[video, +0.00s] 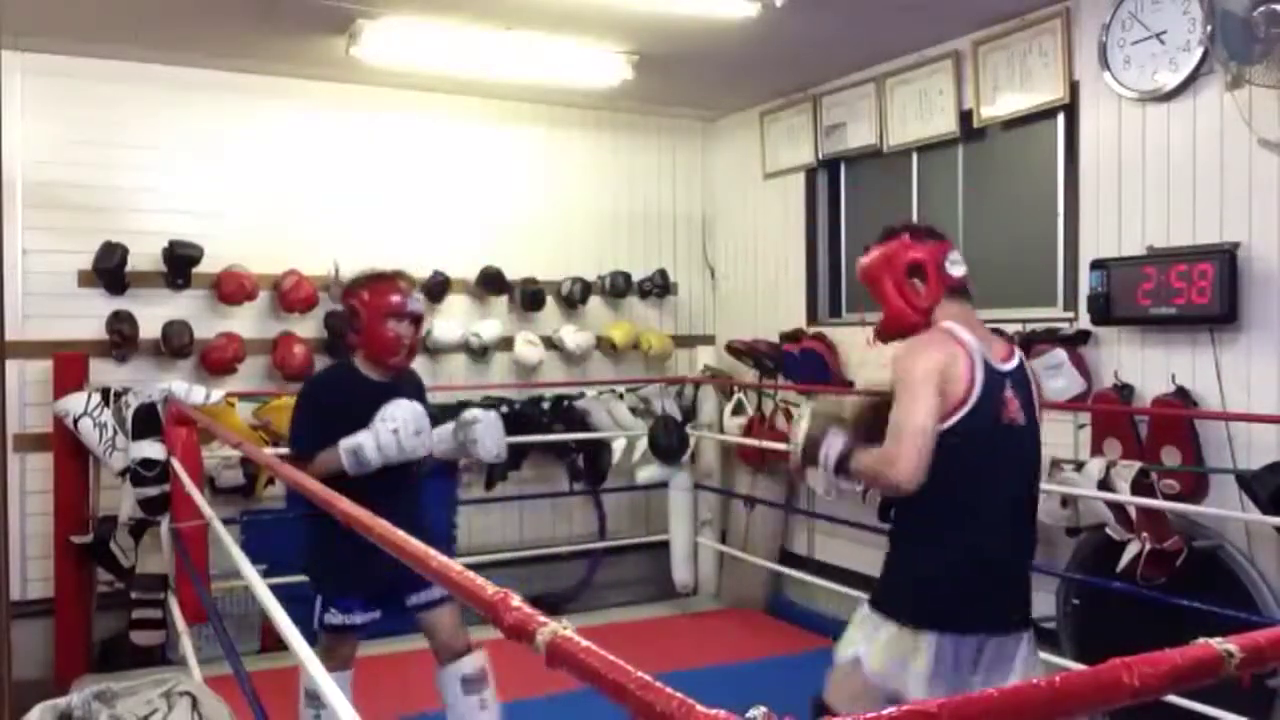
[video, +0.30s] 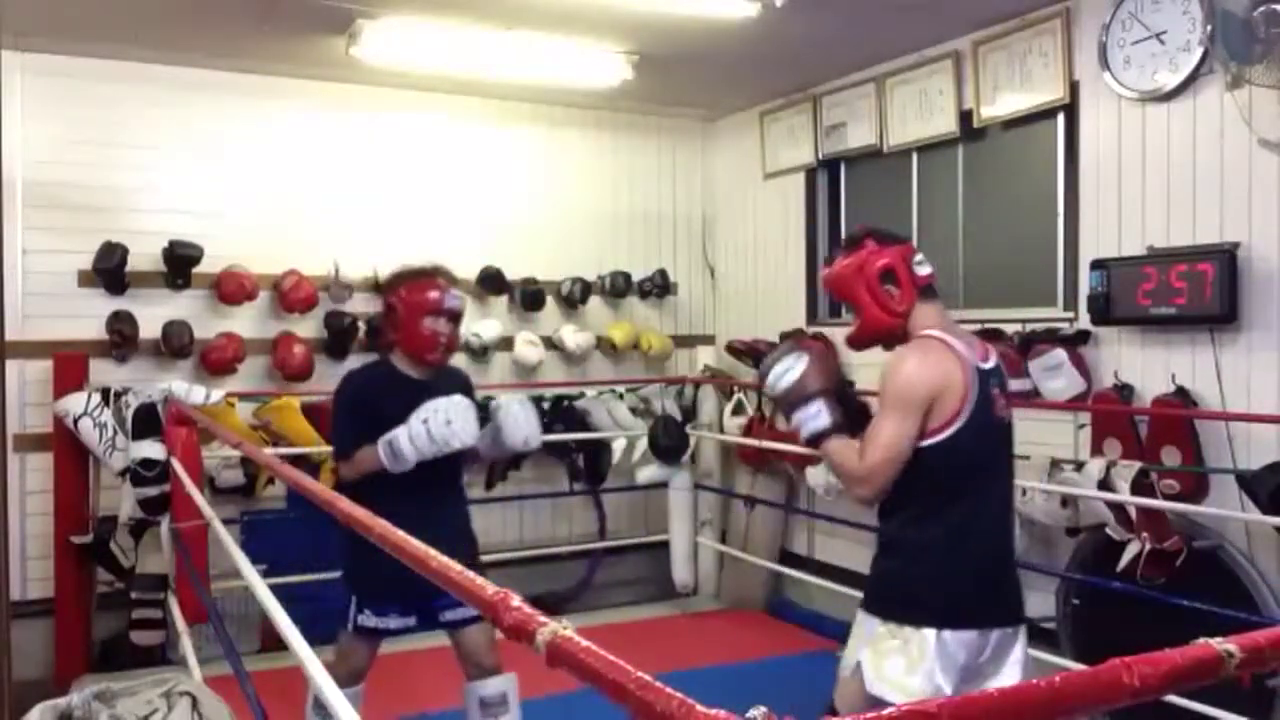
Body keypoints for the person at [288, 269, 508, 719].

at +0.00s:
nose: (406, 332)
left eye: (413, 322)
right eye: (394, 319)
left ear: (421, 326)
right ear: (361, 324)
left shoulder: (409, 383)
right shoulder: (323, 391)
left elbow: (405, 457)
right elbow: (299, 472)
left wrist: (452, 441)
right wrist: (368, 446)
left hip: (411, 543)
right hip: (344, 548)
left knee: (454, 644)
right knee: (336, 656)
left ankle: (473, 713)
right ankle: (321, 715)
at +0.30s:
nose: (444, 330)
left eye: (452, 319)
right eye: (432, 316)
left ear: (460, 326)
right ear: (399, 320)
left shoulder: (455, 382)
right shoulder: (360, 386)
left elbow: (466, 460)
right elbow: (346, 467)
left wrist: (497, 442)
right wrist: (407, 442)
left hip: (449, 548)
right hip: (379, 553)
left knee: (483, 661)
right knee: (350, 666)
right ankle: (319, 715)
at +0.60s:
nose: (437, 326)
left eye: (444, 315)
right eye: (425, 313)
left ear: (451, 317)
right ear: (392, 312)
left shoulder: (444, 371)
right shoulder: (356, 369)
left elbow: (458, 442)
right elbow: (347, 444)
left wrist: (486, 401)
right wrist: (407, 394)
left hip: (437, 537)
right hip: (368, 539)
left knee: (468, 647)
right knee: (335, 654)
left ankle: (489, 714)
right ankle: (304, 712)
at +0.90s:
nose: (413, 339)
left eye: (419, 328)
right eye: (402, 326)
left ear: (424, 331)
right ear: (365, 326)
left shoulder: (411, 383)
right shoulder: (328, 381)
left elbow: (427, 458)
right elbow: (339, 456)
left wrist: (446, 413)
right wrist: (402, 402)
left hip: (410, 548)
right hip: (347, 552)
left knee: (462, 654)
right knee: (317, 676)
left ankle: (437, 715)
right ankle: (301, 714)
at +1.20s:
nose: (428, 349)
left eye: (435, 338)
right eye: (417, 337)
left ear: (441, 343)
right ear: (386, 338)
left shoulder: (444, 395)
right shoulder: (351, 397)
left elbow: (475, 454)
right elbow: (360, 470)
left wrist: (493, 426)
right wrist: (412, 418)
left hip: (443, 558)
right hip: (377, 562)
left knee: (494, 665)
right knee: (340, 673)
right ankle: (310, 714)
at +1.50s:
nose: (464, 341)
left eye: (472, 329)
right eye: (452, 328)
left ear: (480, 331)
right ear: (416, 327)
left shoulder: (486, 379)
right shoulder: (378, 385)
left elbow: (545, 379)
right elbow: (359, 462)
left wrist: (590, 358)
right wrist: (390, 403)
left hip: (463, 553)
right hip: (389, 552)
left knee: (501, 669)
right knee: (335, 666)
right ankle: (306, 708)